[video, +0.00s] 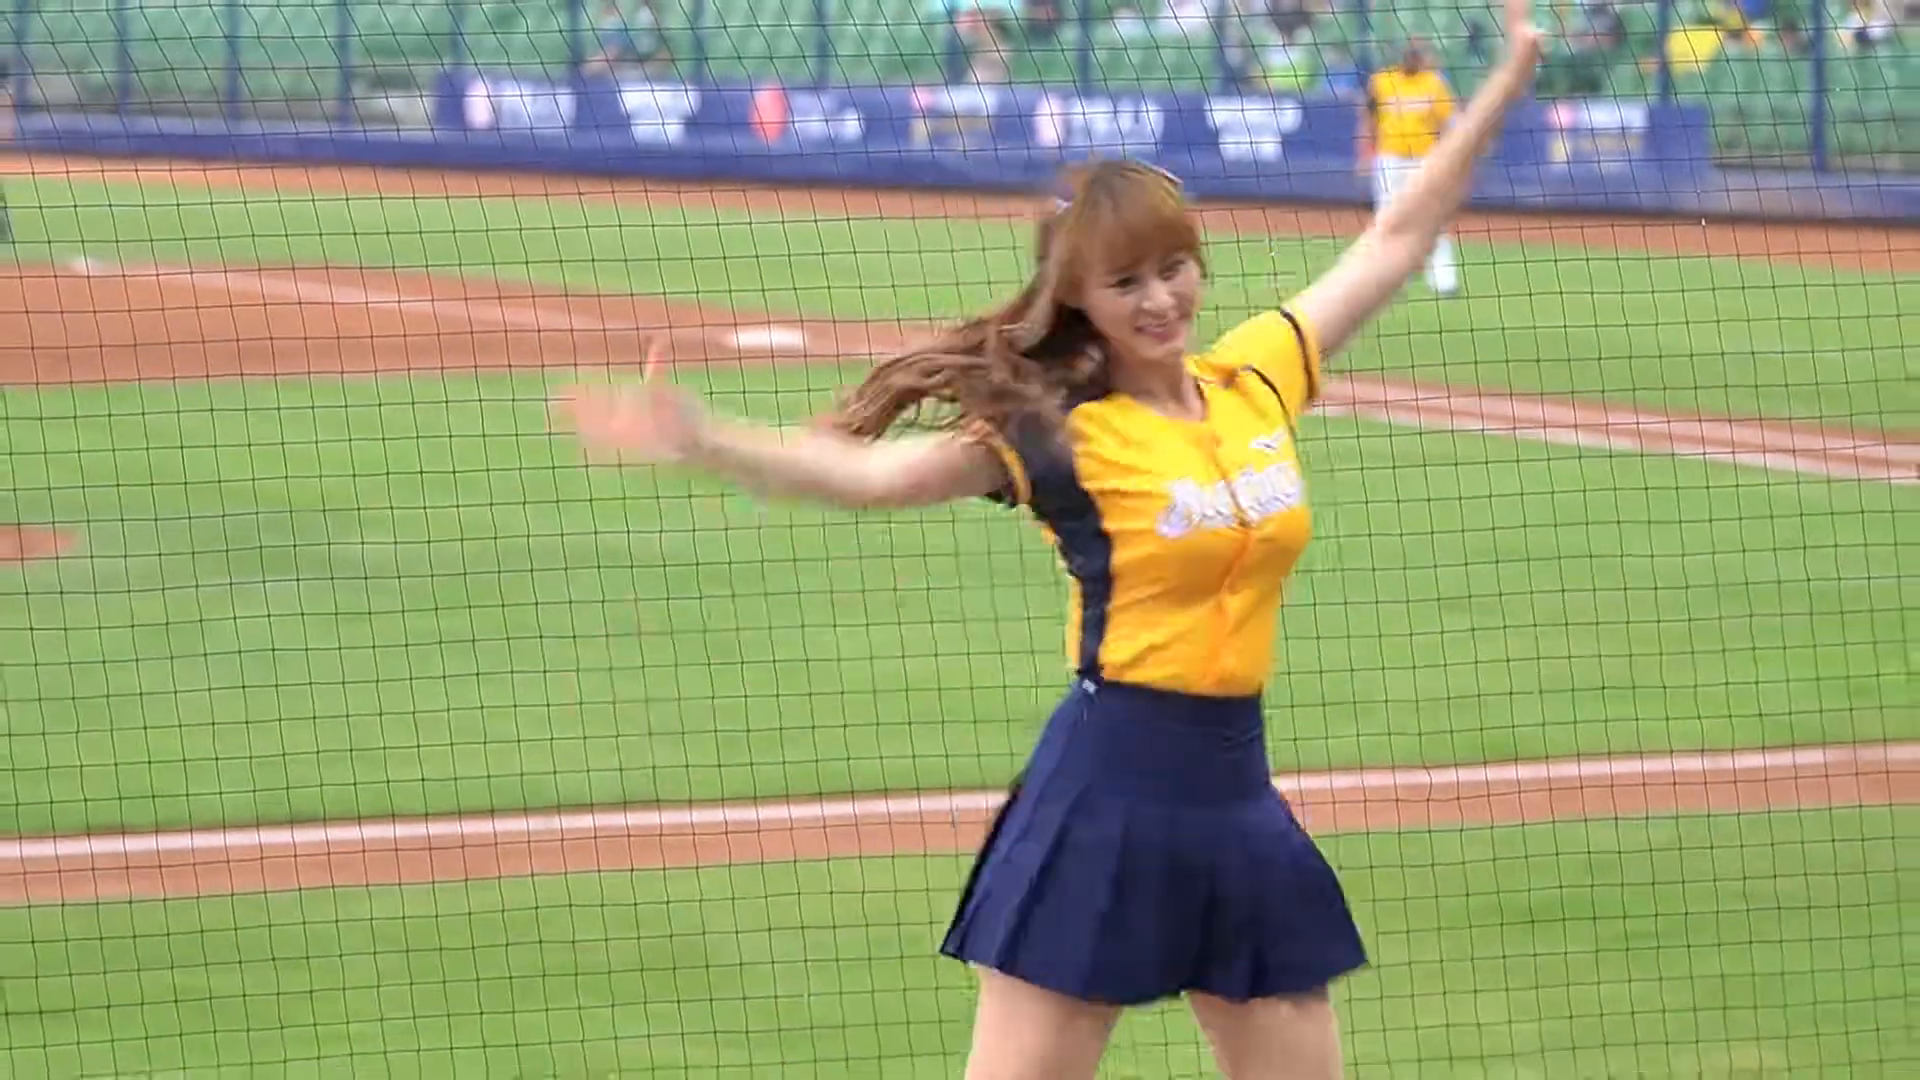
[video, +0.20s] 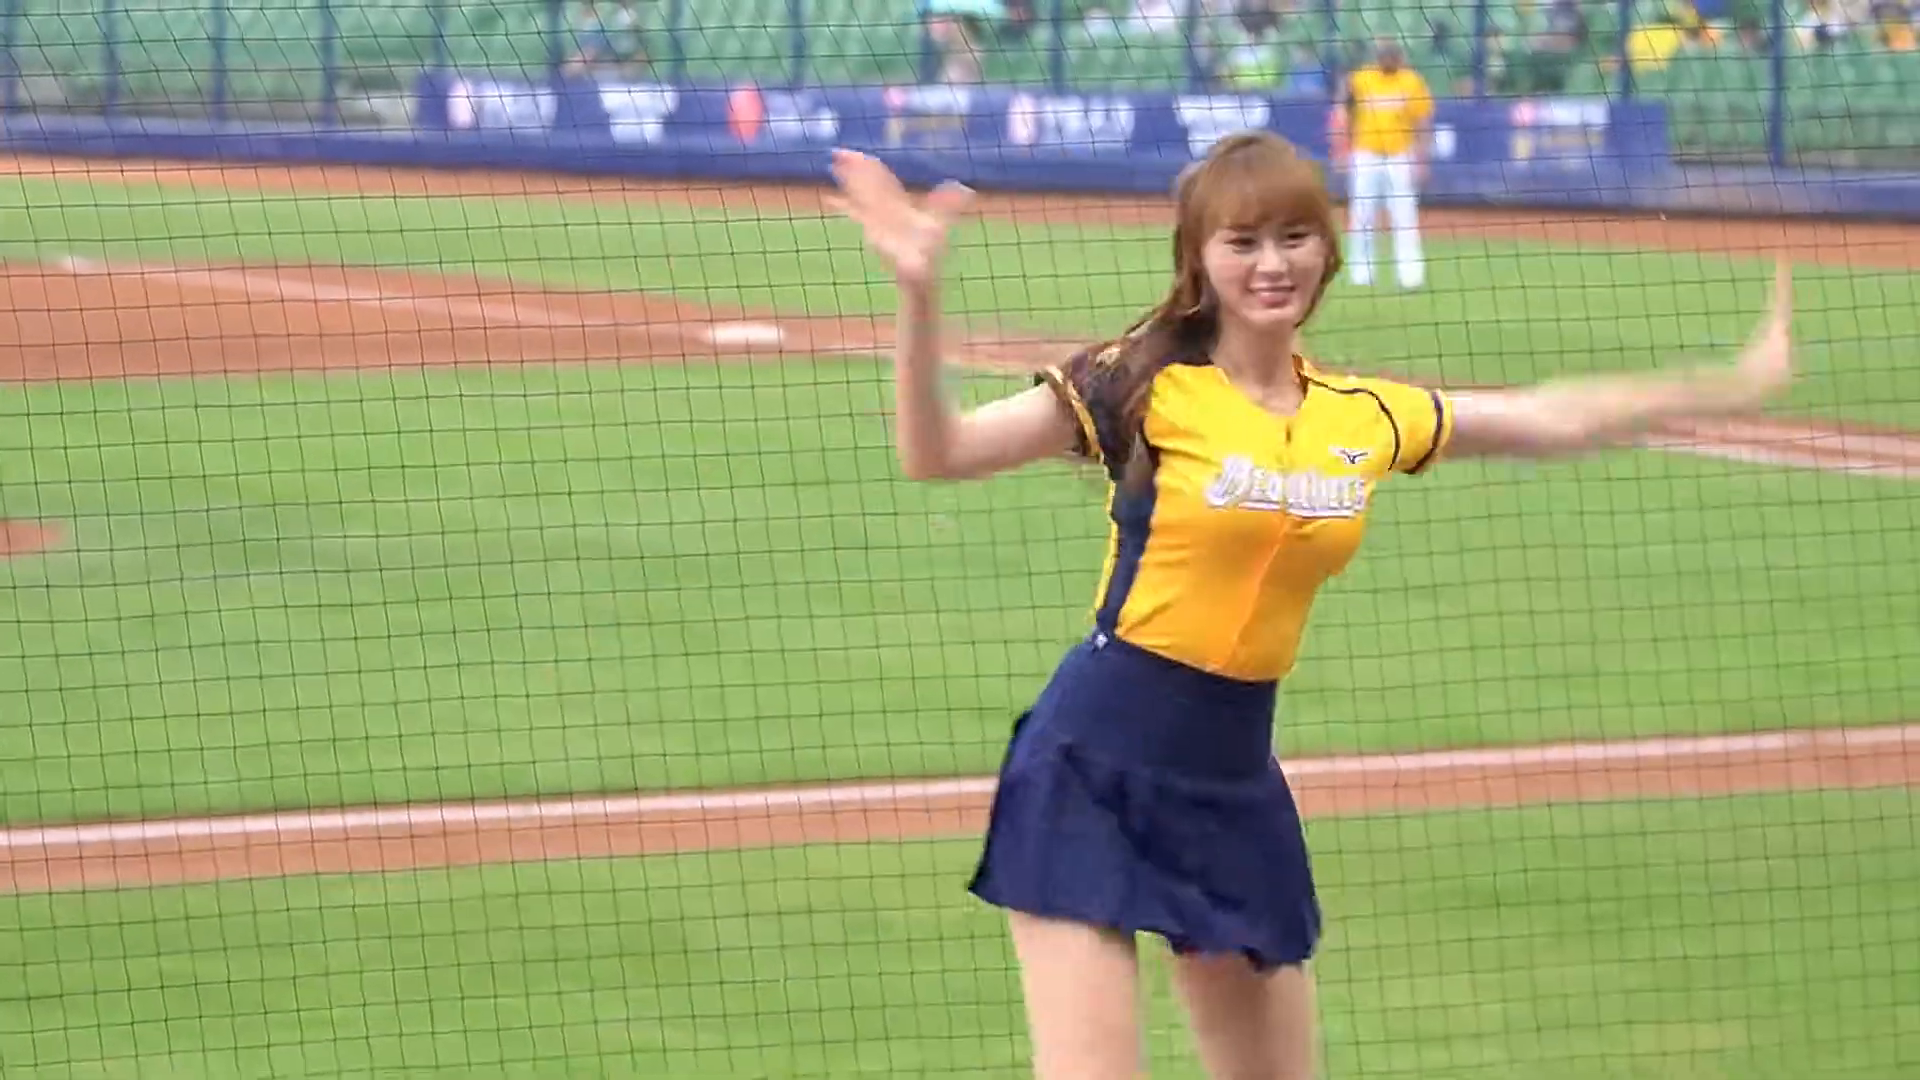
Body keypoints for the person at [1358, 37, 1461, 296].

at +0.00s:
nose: (1413, 61)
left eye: (1418, 56)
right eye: (1409, 55)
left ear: (1425, 59)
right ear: (1402, 57)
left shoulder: (1433, 83)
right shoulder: (1380, 82)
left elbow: (1451, 118)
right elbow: (1367, 118)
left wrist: (1458, 149)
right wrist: (1366, 154)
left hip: (1428, 157)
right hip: (1390, 158)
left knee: (1435, 216)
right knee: (1389, 217)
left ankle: (1443, 275)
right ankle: (1388, 271)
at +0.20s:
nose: (1388, 61)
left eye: (1392, 55)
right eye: (1383, 56)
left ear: (1400, 56)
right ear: (1376, 57)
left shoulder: (1411, 81)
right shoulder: (1358, 80)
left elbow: (1423, 123)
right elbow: (1341, 117)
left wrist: (1421, 160)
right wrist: (1341, 151)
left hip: (1400, 155)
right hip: (1365, 154)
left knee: (1404, 214)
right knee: (1362, 214)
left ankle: (1410, 270)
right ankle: (1361, 269)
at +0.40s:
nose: (1367, 55)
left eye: (1371, 50)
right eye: (1363, 50)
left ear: (1378, 51)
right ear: (1356, 50)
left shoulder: (1389, 76)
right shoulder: (1337, 74)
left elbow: (1399, 117)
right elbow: (1326, 111)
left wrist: (1399, 153)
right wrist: (1324, 147)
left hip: (1380, 153)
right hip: (1344, 152)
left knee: (1379, 213)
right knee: (1335, 211)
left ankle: (1381, 269)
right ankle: (1328, 268)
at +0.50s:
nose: (1366, 59)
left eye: (1370, 53)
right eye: (1361, 53)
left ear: (1378, 55)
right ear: (1354, 54)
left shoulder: (1391, 78)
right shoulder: (1340, 77)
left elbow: (1402, 119)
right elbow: (1330, 110)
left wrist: (1400, 156)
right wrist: (1331, 145)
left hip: (1382, 155)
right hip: (1346, 153)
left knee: (1379, 215)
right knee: (1337, 213)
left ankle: (1379, 270)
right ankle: (1335, 266)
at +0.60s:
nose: (1365, 61)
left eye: (1370, 56)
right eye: (1361, 55)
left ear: (1378, 57)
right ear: (1355, 56)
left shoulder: (1392, 81)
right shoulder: (1343, 79)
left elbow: (1402, 123)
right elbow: (1332, 112)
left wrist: (1401, 157)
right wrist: (1335, 145)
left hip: (1384, 156)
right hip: (1351, 155)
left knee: (1380, 216)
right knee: (1339, 212)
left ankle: (1379, 272)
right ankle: (1330, 266)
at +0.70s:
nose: (1365, 61)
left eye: (1369, 56)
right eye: (1360, 56)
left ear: (1377, 57)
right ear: (1354, 57)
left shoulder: (1392, 81)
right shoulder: (1344, 79)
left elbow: (1402, 122)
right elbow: (1333, 112)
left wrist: (1402, 156)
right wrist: (1334, 145)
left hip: (1385, 154)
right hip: (1351, 154)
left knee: (1380, 214)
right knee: (1344, 211)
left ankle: (1377, 269)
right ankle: (1331, 265)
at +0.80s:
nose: (1367, 59)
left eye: (1372, 54)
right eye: (1362, 54)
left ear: (1379, 54)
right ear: (1355, 55)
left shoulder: (1394, 79)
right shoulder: (1347, 77)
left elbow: (1409, 115)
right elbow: (1336, 110)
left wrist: (1403, 150)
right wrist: (1337, 143)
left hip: (1386, 153)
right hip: (1354, 152)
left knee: (1380, 213)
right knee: (1347, 209)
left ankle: (1375, 266)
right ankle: (1332, 261)